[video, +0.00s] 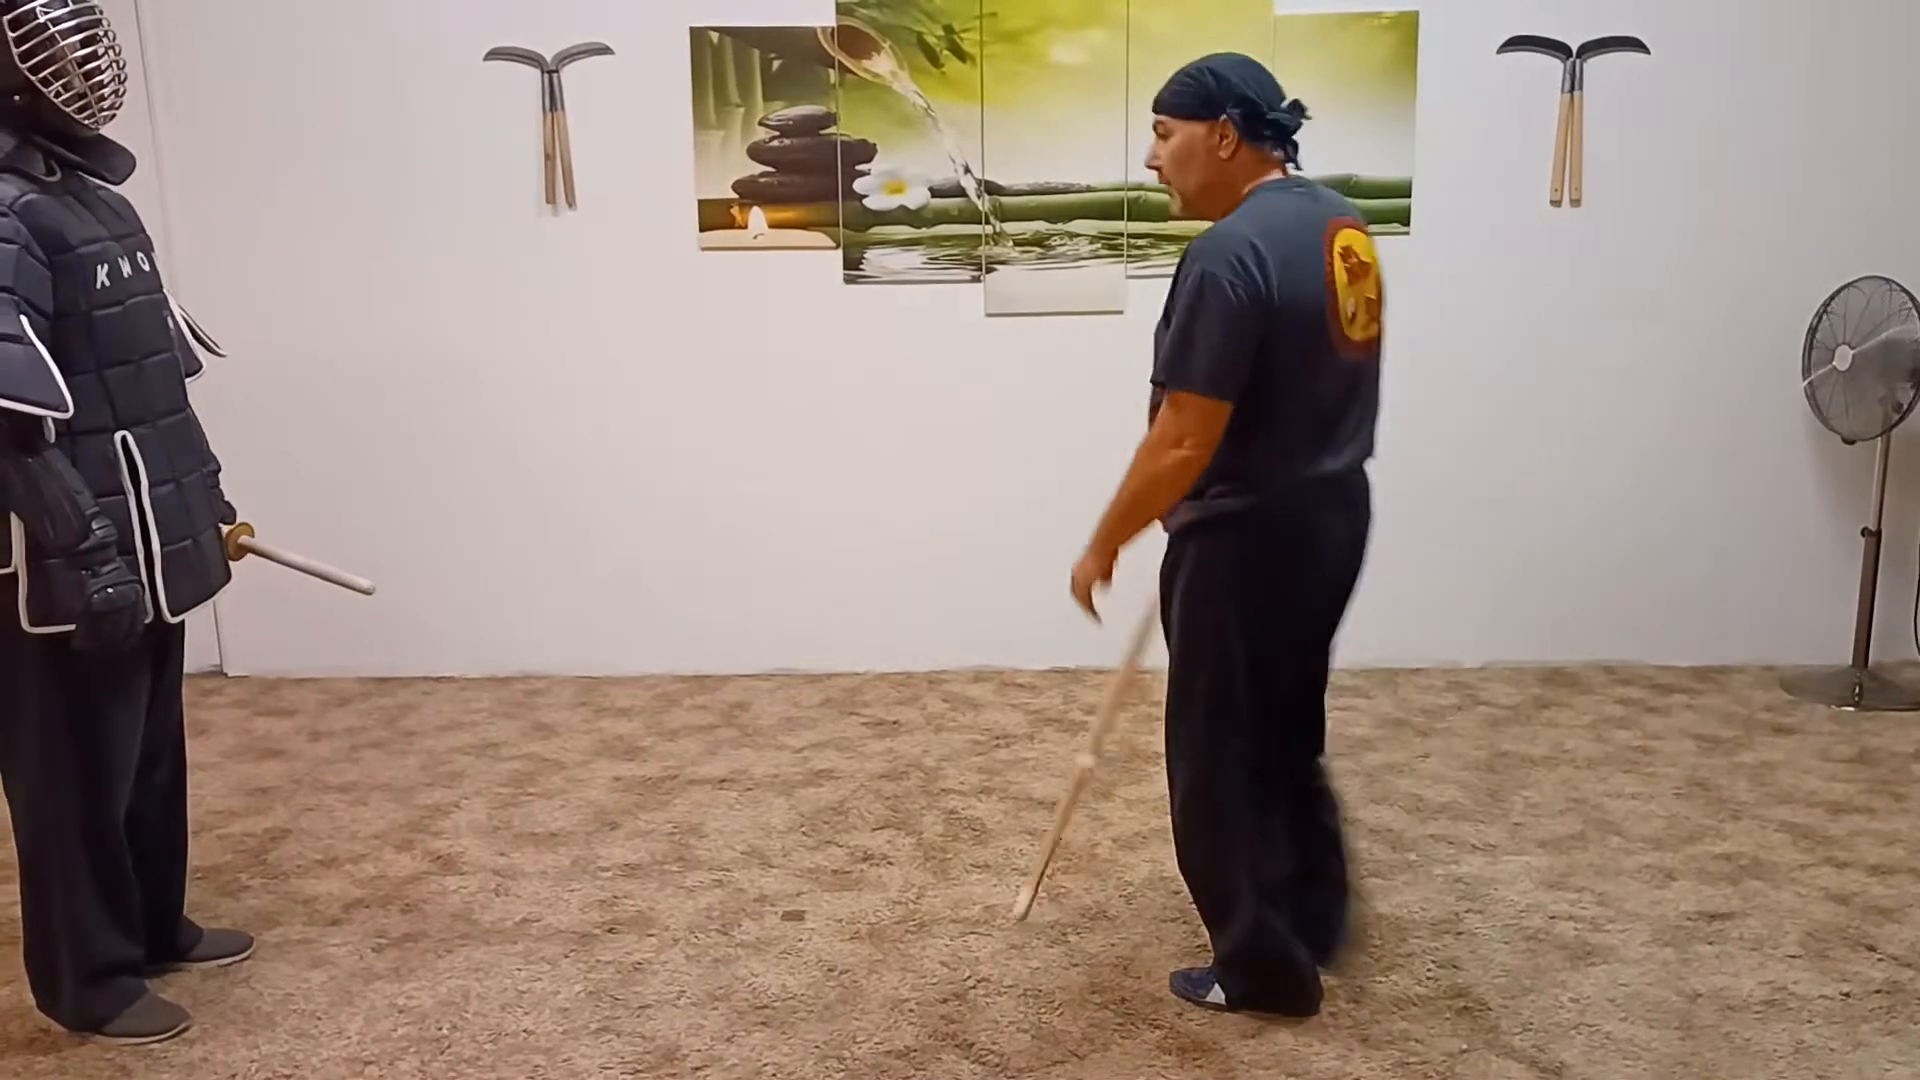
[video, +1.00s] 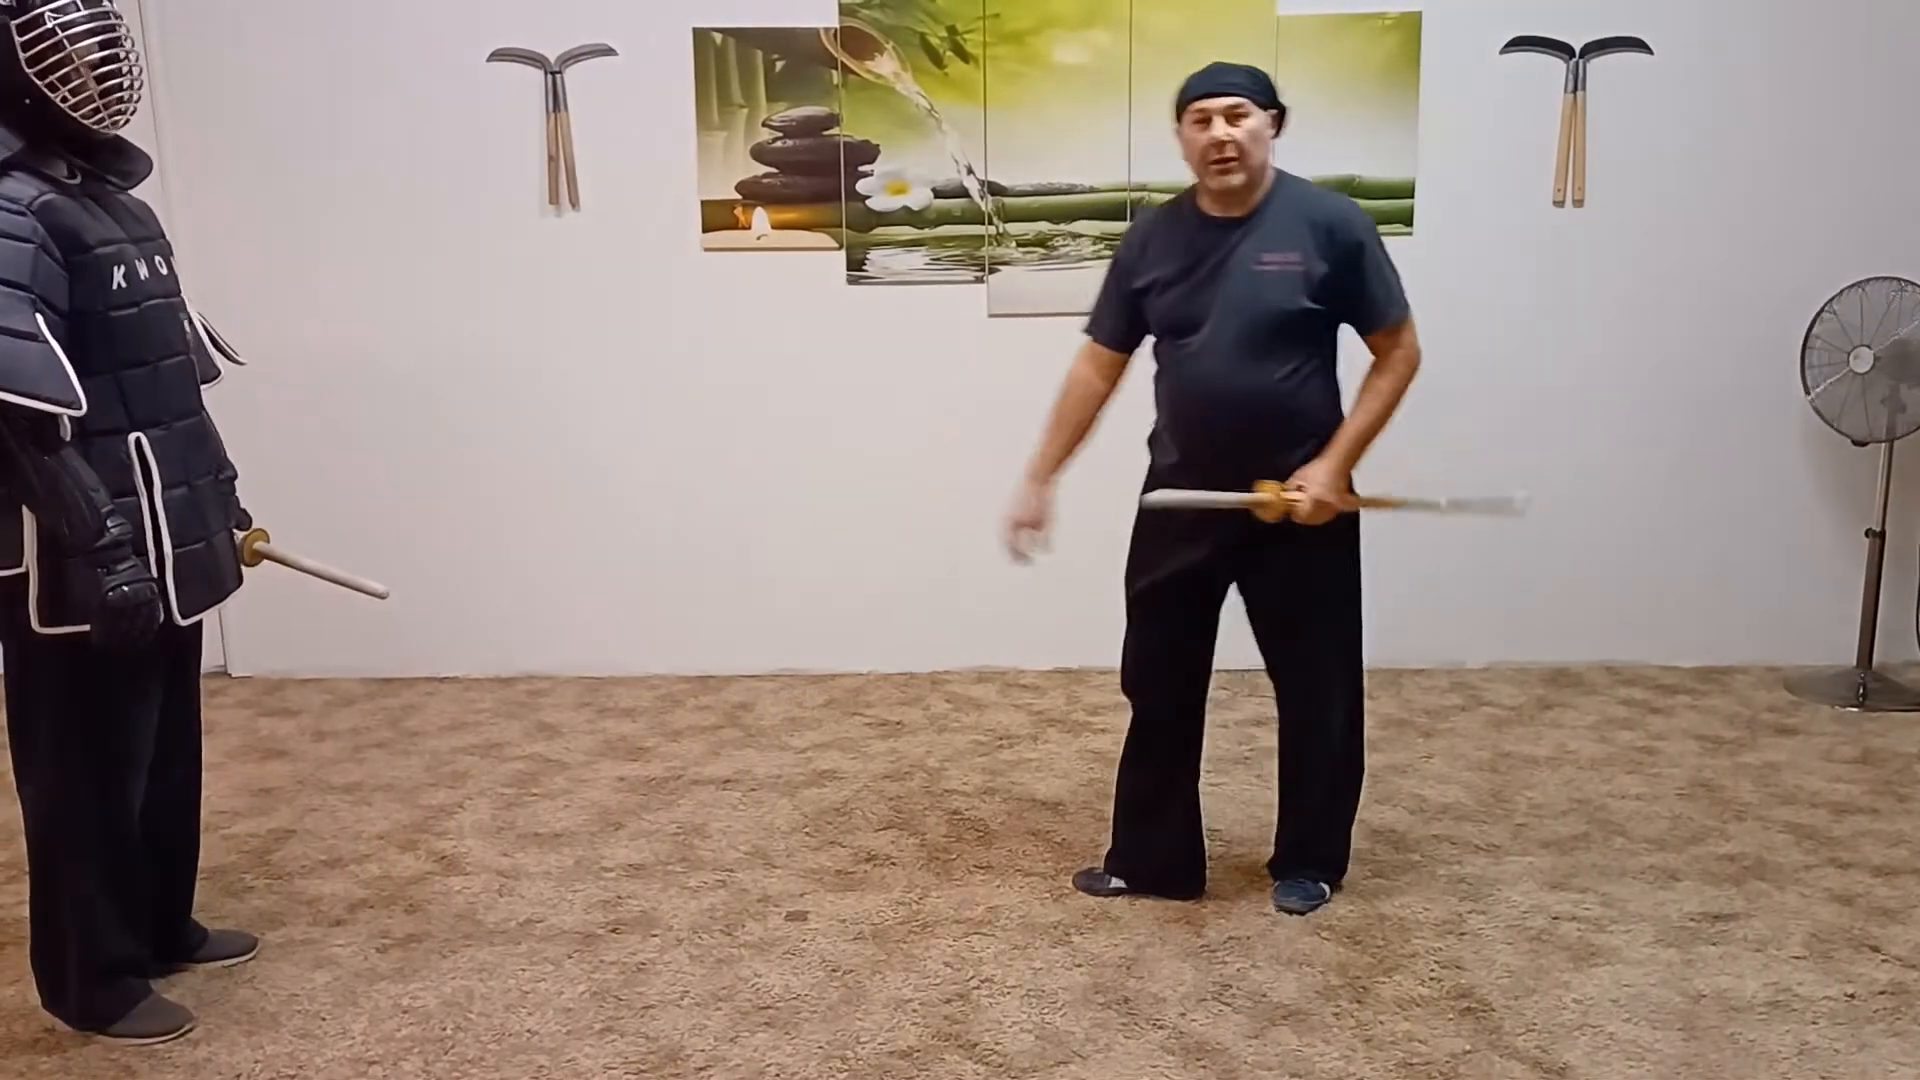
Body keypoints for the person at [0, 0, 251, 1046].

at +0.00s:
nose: (101, 69)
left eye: (96, 51)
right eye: (77, 54)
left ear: (62, 74)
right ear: (29, 73)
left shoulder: (104, 203)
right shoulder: (12, 214)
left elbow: (159, 381)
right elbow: (23, 413)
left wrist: (206, 504)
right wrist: (83, 546)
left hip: (146, 546)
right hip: (68, 559)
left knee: (147, 752)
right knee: (76, 773)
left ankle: (154, 930)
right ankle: (84, 982)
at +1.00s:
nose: (111, 65)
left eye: (110, 46)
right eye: (84, 47)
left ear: (108, 65)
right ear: (30, 68)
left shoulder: (121, 200)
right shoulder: (17, 208)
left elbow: (174, 378)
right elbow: (22, 401)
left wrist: (223, 503)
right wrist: (99, 536)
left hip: (161, 541)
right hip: (75, 553)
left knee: (161, 749)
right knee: (88, 769)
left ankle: (161, 931)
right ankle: (92, 982)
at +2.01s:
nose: (123, 67)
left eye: (119, 48)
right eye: (98, 49)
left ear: (100, 67)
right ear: (44, 67)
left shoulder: (119, 197)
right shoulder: (21, 206)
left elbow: (174, 380)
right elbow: (26, 400)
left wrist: (219, 509)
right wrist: (101, 538)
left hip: (159, 541)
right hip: (71, 553)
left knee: (161, 748)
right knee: (86, 768)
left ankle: (161, 931)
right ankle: (90, 981)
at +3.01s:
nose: (118, 76)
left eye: (116, 56)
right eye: (93, 59)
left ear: (107, 72)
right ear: (40, 75)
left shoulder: (121, 202)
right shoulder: (20, 211)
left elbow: (173, 381)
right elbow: (24, 404)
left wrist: (218, 506)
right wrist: (97, 538)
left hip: (158, 543)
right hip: (70, 557)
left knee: (160, 752)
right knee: (85, 772)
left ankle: (161, 933)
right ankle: (88, 982)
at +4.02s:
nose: (96, 67)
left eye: (90, 51)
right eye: (73, 53)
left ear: (59, 75)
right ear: (34, 74)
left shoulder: (111, 207)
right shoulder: (12, 214)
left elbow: (166, 384)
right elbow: (22, 410)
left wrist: (212, 511)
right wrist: (98, 538)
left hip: (153, 547)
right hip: (65, 560)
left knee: (156, 752)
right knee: (82, 773)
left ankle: (160, 931)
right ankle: (87, 983)